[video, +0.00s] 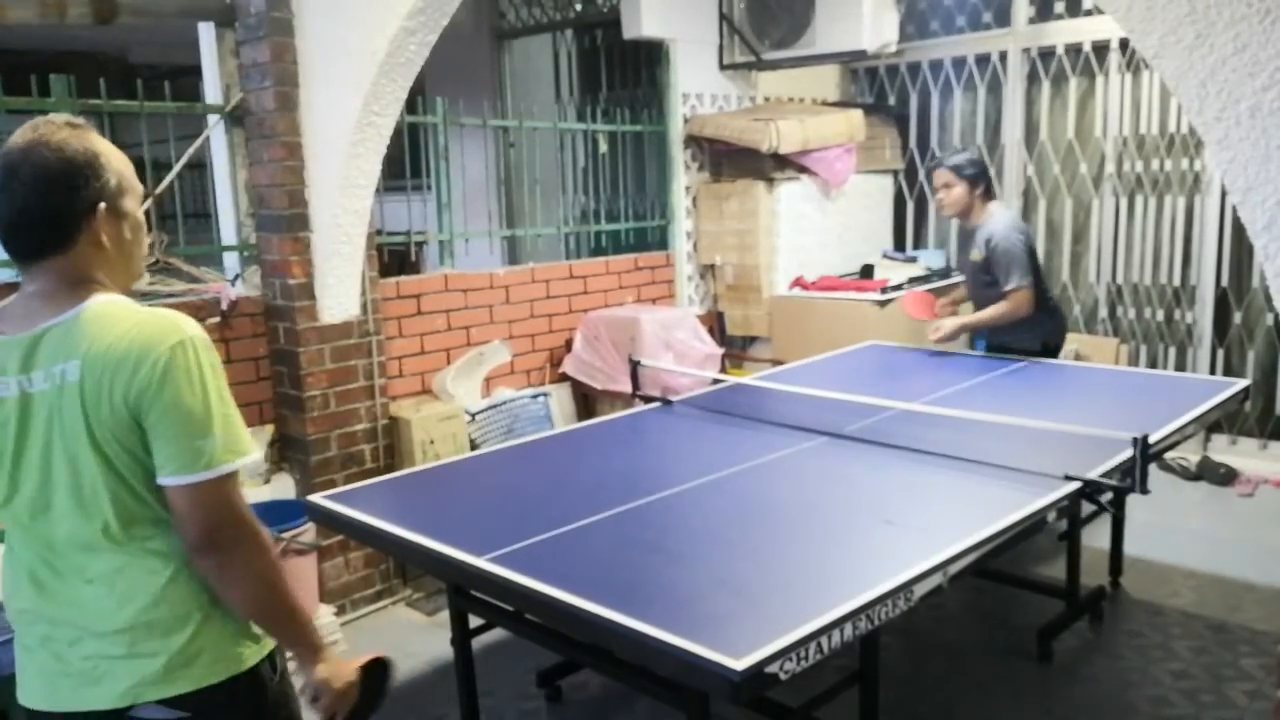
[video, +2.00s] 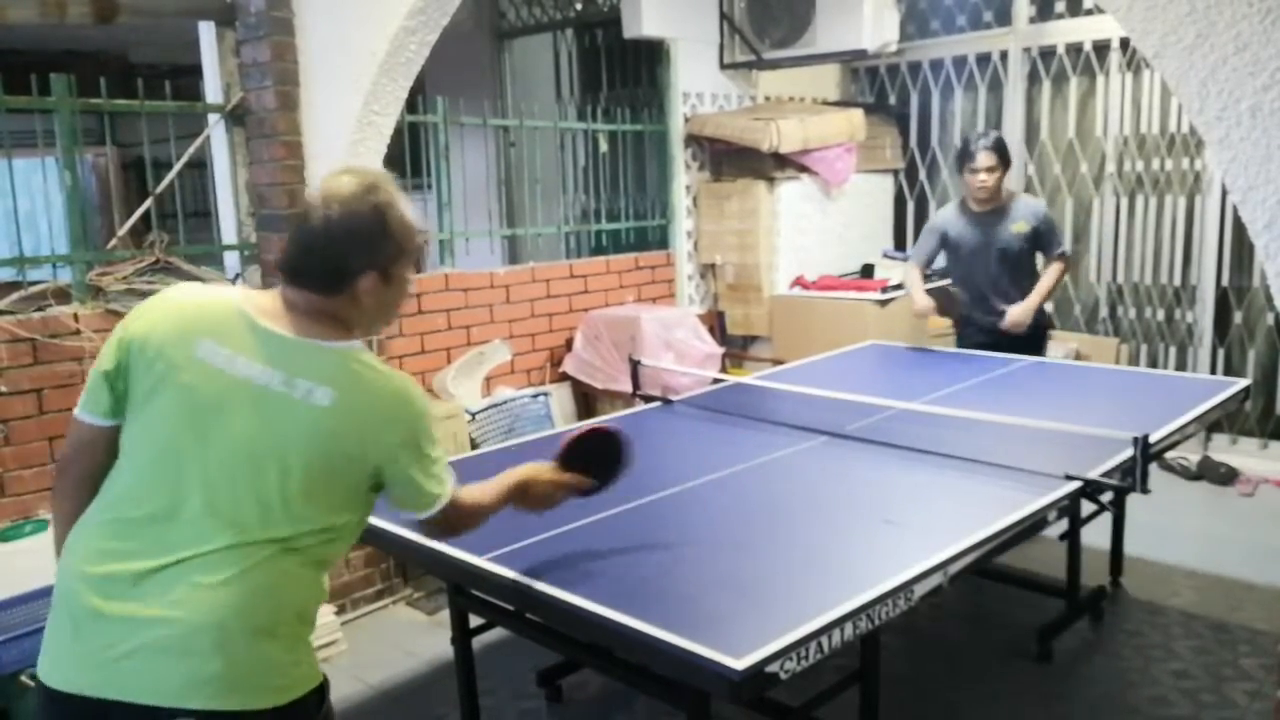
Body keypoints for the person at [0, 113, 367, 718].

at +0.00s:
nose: (149, 231)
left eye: (146, 213)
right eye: (141, 213)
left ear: (17, 230)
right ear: (103, 223)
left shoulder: (7, 333)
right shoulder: (157, 340)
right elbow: (214, 532)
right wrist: (312, 654)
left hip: (50, 682)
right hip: (187, 681)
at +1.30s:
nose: (214, 231)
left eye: (211, 213)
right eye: (204, 213)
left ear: (83, 227)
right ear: (153, 230)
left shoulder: (17, 346)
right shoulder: (189, 345)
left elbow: (14, 520)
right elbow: (229, 540)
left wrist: (61, 615)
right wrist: (344, 600)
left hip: (61, 676)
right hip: (199, 677)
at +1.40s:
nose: (259, 242)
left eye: (255, 222)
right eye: (248, 222)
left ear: (129, 233)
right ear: (198, 237)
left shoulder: (51, 340)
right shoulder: (229, 358)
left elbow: (36, 504)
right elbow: (246, 552)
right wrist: (390, 582)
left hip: (66, 681)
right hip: (208, 683)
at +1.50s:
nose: (317, 256)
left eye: (315, 237)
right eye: (308, 239)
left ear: (199, 245)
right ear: (260, 251)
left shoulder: (99, 326)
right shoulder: (280, 376)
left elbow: (66, 495)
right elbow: (311, 561)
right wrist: (452, 553)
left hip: (75, 670)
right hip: (219, 681)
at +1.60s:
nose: (377, 283)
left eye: (378, 263)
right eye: (372, 264)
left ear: (269, 252)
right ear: (322, 269)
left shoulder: (142, 311)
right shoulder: (340, 394)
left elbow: (78, 466)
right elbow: (408, 545)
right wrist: (536, 522)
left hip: (79, 669)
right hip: (231, 681)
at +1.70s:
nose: (418, 297)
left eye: (421, 280)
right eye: (414, 283)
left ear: (299, 261)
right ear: (366, 292)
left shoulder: (173, 304)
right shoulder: (390, 408)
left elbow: (91, 459)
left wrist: (124, 544)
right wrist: (587, 487)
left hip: (76, 665)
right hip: (226, 683)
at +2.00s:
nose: (413, 286)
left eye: (414, 269)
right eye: (409, 270)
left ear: (288, 260)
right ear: (370, 283)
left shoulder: (164, 316)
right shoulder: (388, 402)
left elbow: (70, 482)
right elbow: (447, 519)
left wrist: (86, 595)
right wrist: (516, 484)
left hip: (83, 662)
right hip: (242, 680)